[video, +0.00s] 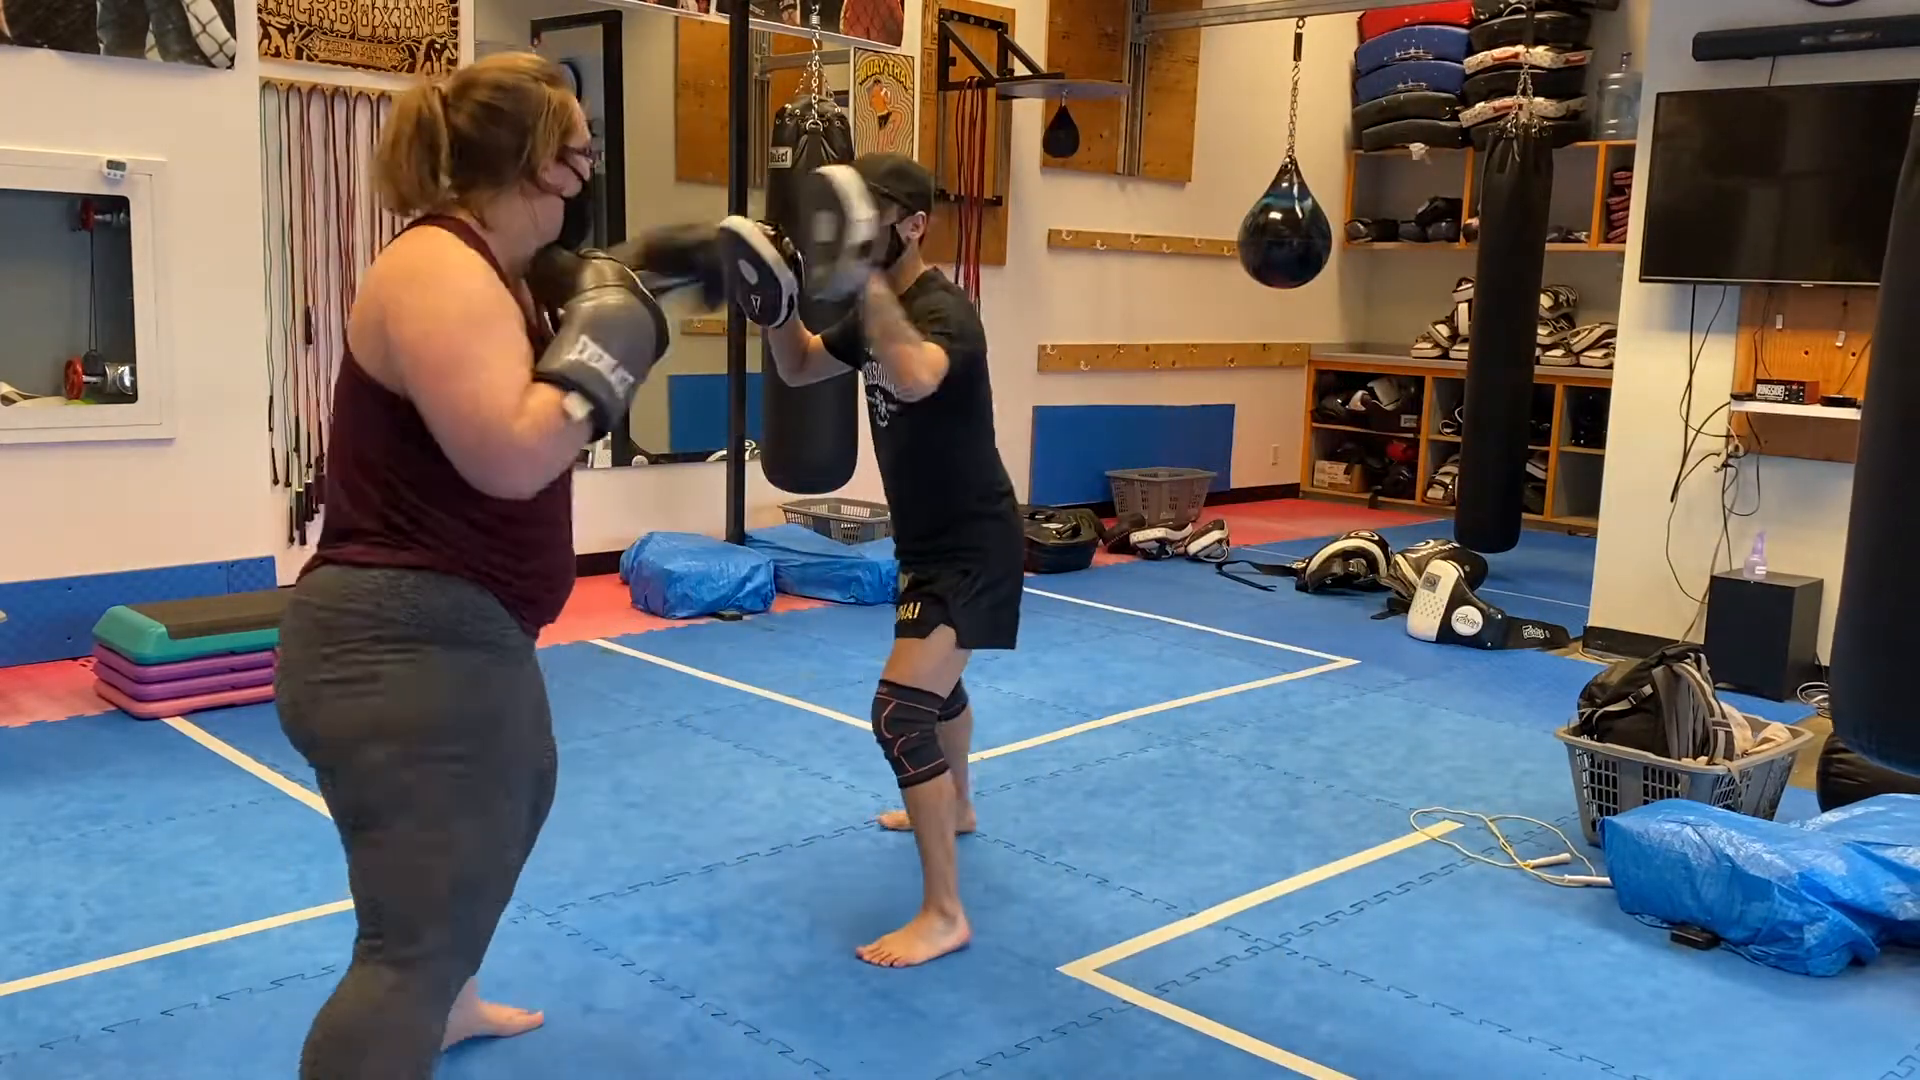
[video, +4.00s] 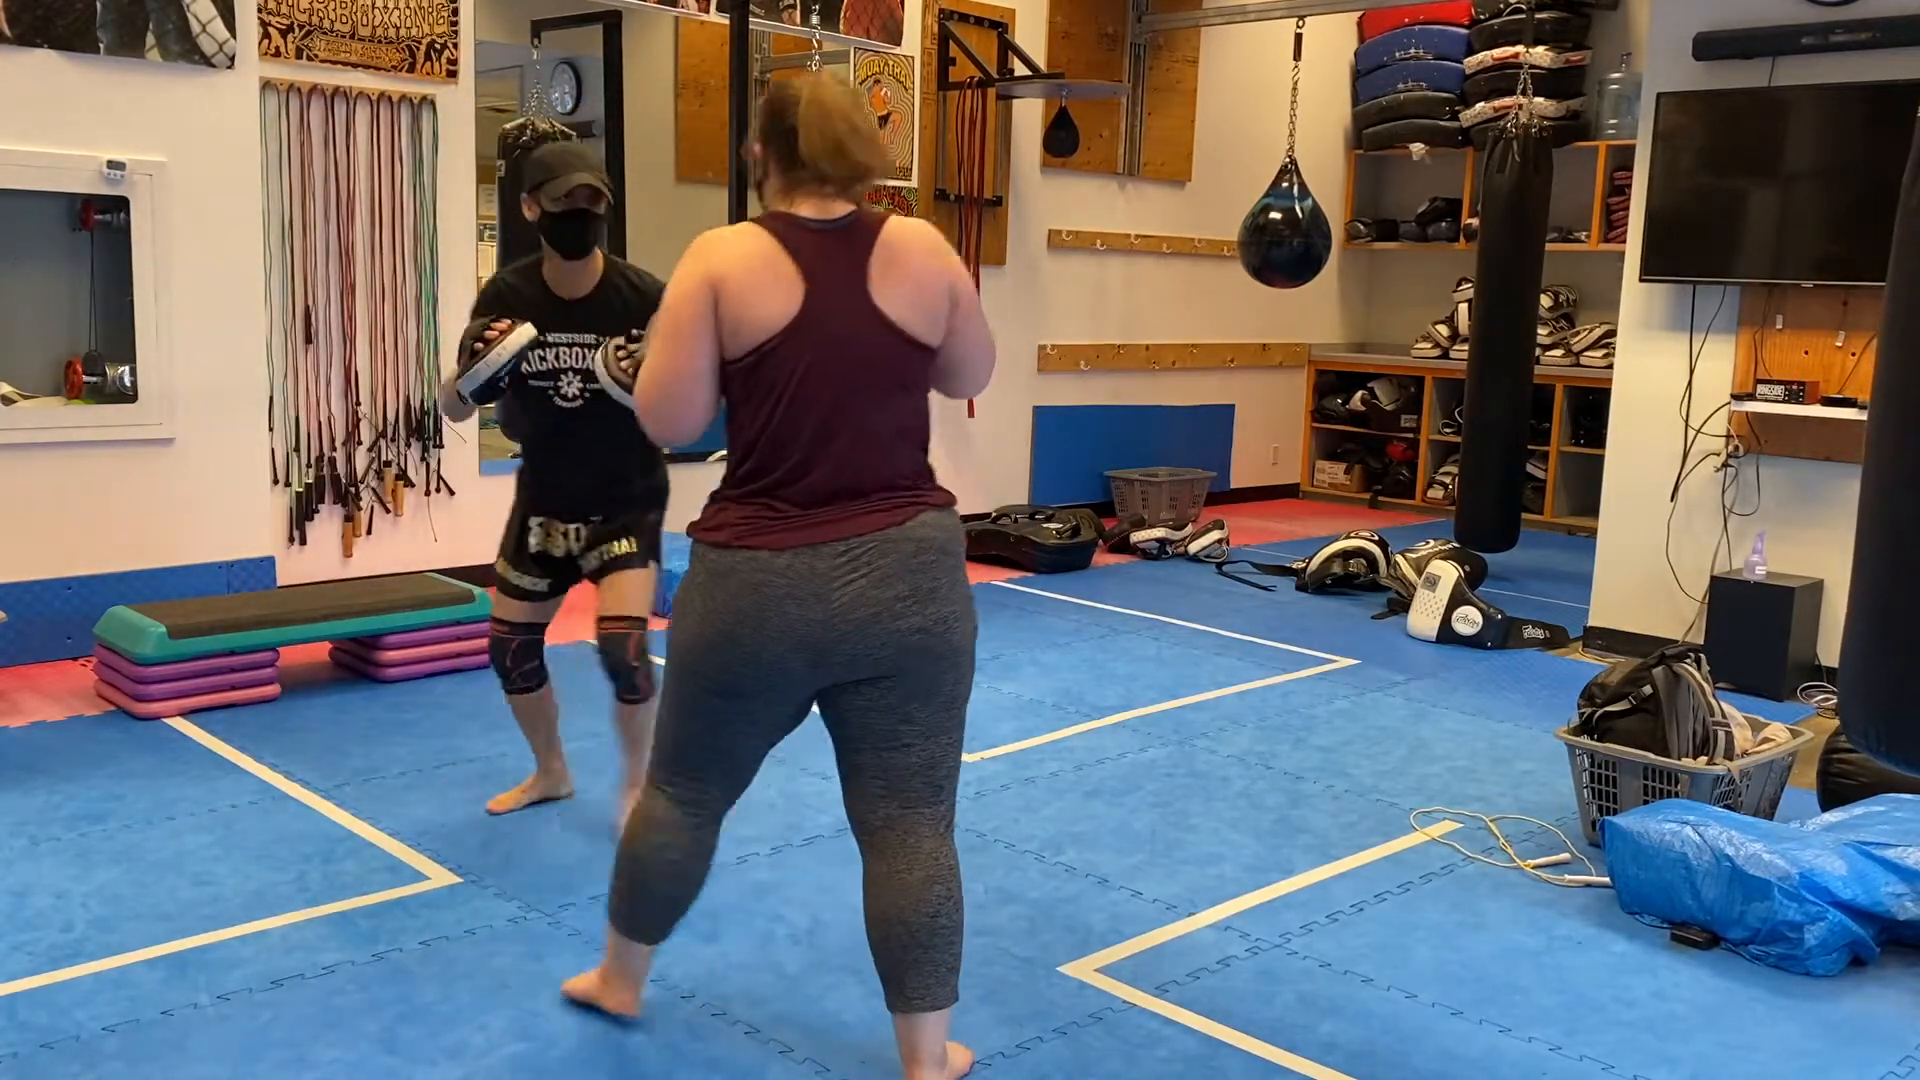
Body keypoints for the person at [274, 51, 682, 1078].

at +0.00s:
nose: (583, 171)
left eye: (582, 151)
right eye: (569, 152)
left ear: (506, 162)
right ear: (514, 162)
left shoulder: (498, 271)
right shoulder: (433, 272)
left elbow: (589, 291)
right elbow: (513, 456)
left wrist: (681, 263)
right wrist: (600, 358)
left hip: (465, 629)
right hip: (399, 638)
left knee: (510, 790)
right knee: (411, 952)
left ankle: (444, 997)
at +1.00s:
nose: (514, 187)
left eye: (520, 171)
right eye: (508, 169)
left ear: (431, 151)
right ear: (468, 154)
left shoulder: (385, 224)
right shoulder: (450, 224)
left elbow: (445, 348)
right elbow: (496, 355)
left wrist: (535, 302)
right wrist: (560, 309)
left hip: (392, 497)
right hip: (447, 499)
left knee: (463, 708)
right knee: (503, 717)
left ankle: (478, 888)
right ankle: (474, 950)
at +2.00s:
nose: (441, 176)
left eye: (440, 163)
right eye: (432, 163)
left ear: (385, 164)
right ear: (384, 163)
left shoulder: (385, 244)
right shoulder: (312, 240)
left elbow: (405, 356)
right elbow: (346, 377)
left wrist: (456, 291)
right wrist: (434, 306)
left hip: (398, 517)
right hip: (309, 517)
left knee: (427, 688)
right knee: (311, 735)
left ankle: (425, 854)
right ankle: (215, 946)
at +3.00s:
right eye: (651, 187)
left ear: (557, 188)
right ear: (650, 192)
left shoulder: (486, 279)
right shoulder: (679, 280)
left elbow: (456, 414)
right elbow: (790, 391)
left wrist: (547, 379)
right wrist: (770, 331)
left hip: (526, 593)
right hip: (674, 583)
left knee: (492, 765)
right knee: (719, 820)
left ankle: (450, 963)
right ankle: (696, 1055)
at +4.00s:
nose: (744, 161)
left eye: (749, 148)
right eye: (754, 147)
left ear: (763, 155)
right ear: (861, 148)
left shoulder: (718, 259)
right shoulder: (923, 250)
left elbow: (669, 423)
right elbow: (969, 376)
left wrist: (748, 374)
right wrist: (878, 325)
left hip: (756, 582)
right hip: (908, 576)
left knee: (684, 790)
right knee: (908, 816)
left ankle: (621, 980)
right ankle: (929, 1056)